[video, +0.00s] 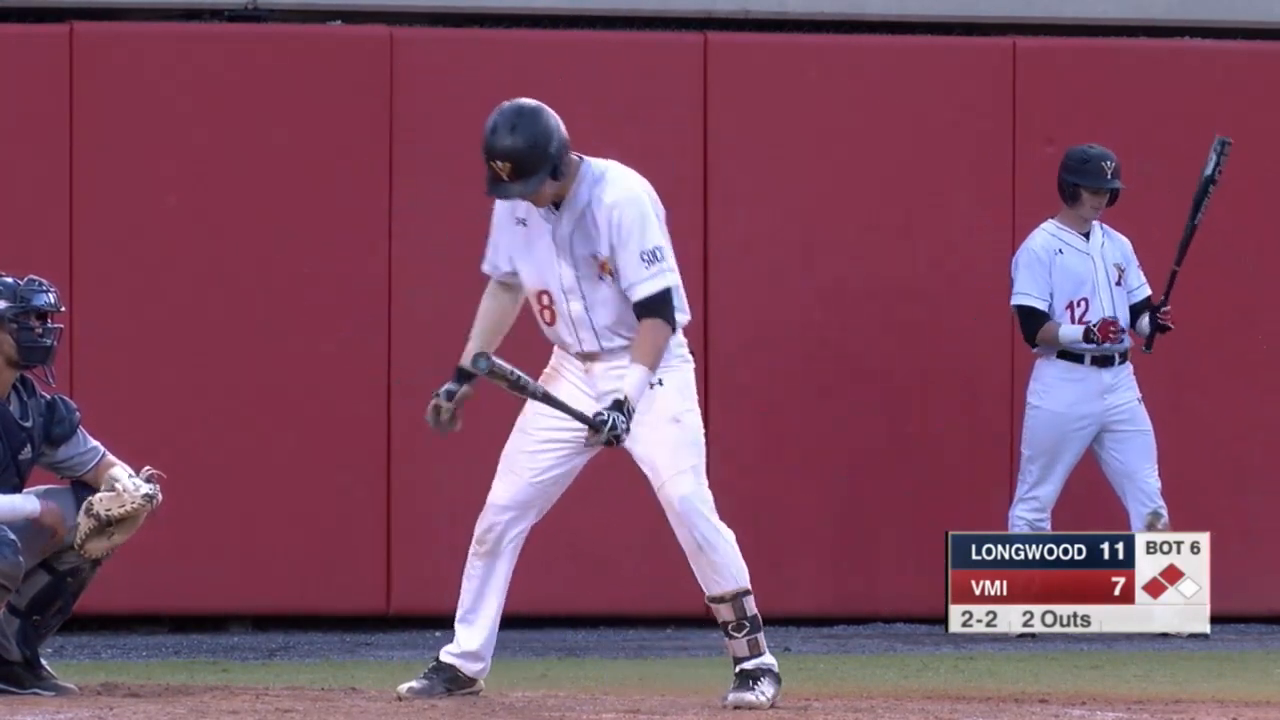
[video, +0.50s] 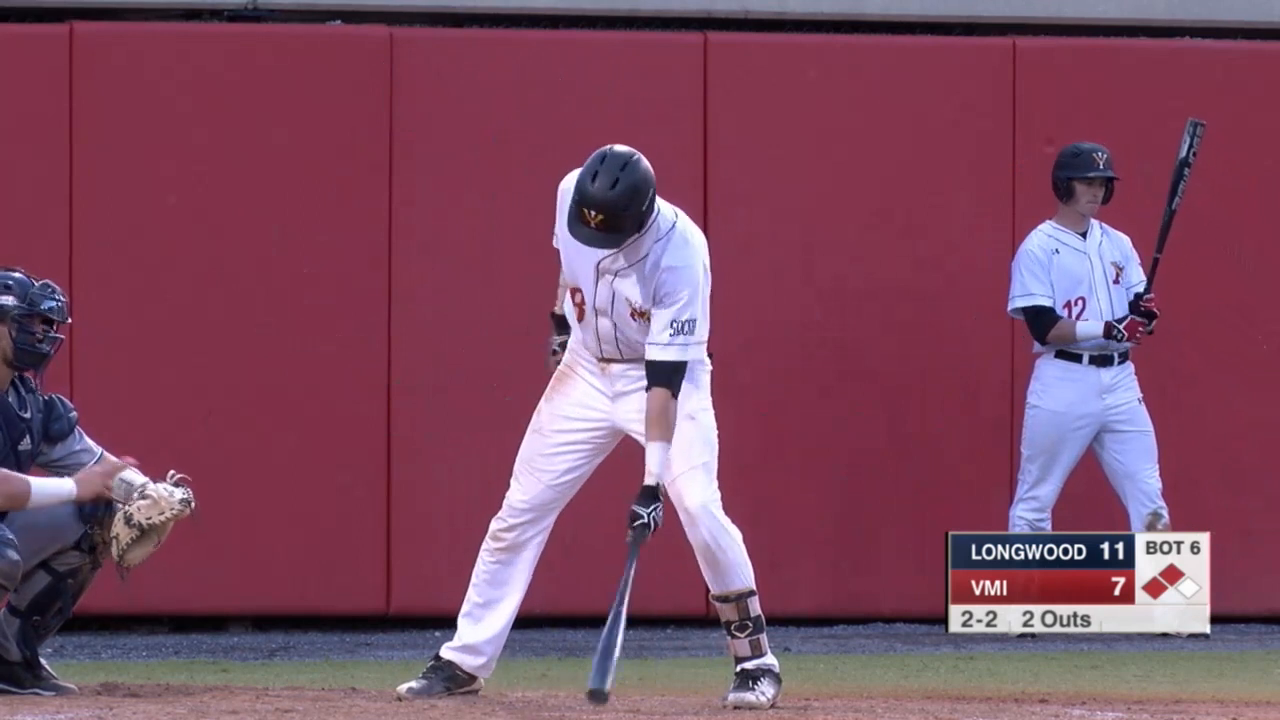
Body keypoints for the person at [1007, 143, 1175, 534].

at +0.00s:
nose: (1102, 199)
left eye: (1108, 191)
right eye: (1094, 190)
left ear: (1113, 193)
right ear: (1069, 188)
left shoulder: (1118, 245)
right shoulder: (1038, 248)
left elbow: (1140, 314)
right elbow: (1035, 330)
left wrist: (1152, 322)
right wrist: (1086, 334)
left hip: (1119, 385)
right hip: (1061, 386)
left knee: (1150, 505)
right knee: (1034, 505)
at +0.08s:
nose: (1101, 199)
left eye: (1107, 191)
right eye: (1093, 190)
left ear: (1112, 192)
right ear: (1069, 189)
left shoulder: (1118, 245)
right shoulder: (1037, 248)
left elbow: (1140, 314)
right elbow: (1034, 329)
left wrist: (1152, 322)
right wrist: (1083, 331)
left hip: (1119, 385)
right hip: (1062, 385)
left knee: (1150, 505)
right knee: (1034, 505)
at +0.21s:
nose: (1098, 197)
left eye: (1105, 189)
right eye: (1090, 188)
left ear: (1110, 192)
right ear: (1066, 187)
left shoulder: (1118, 245)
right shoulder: (1038, 247)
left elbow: (1140, 321)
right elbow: (1034, 328)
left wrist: (1151, 319)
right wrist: (1089, 328)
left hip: (1120, 384)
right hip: (1062, 383)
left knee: (1150, 505)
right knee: (1034, 505)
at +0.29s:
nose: (1098, 194)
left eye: (1104, 186)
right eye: (1090, 186)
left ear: (1109, 189)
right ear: (1066, 186)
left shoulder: (1118, 245)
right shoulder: (1037, 247)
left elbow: (1141, 316)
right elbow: (1036, 328)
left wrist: (1148, 318)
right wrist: (1094, 327)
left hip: (1120, 384)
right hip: (1062, 383)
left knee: (1150, 505)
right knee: (1034, 505)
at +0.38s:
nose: (1098, 193)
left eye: (1104, 185)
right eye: (1089, 184)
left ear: (1109, 188)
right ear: (1065, 185)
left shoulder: (1118, 244)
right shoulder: (1037, 248)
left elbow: (1140, 312)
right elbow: (1039, 330)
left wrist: (1145, 317)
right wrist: (1099, 328)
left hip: (1120, 384)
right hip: (1062, 383)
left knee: (1150, 506)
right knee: (1034, 505)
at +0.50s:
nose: (1097, 191)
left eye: (1103, 183)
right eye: (1088, 182)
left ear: (1108, 188)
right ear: (1064, 185)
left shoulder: (1119, 244)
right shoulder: (1037, 248)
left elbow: (1138, 308)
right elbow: (1045, 328)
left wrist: (1143, 316)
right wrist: (1110, 330)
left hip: (1120, 384)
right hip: (1062, 384)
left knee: (1150, 505)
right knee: (1034, 505)